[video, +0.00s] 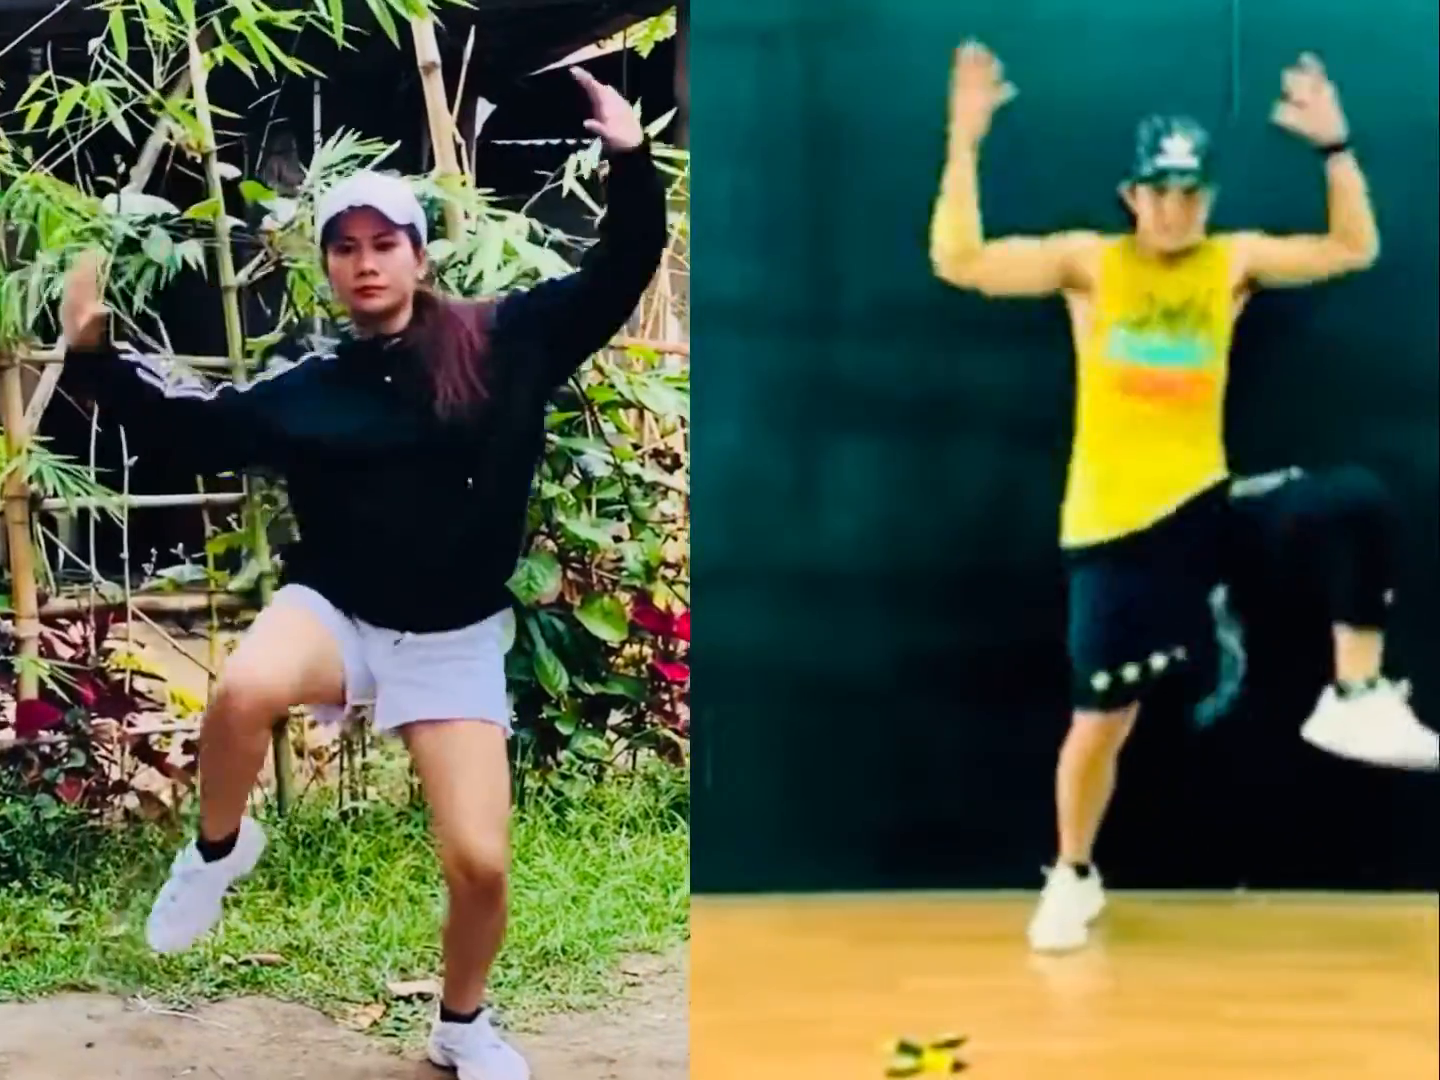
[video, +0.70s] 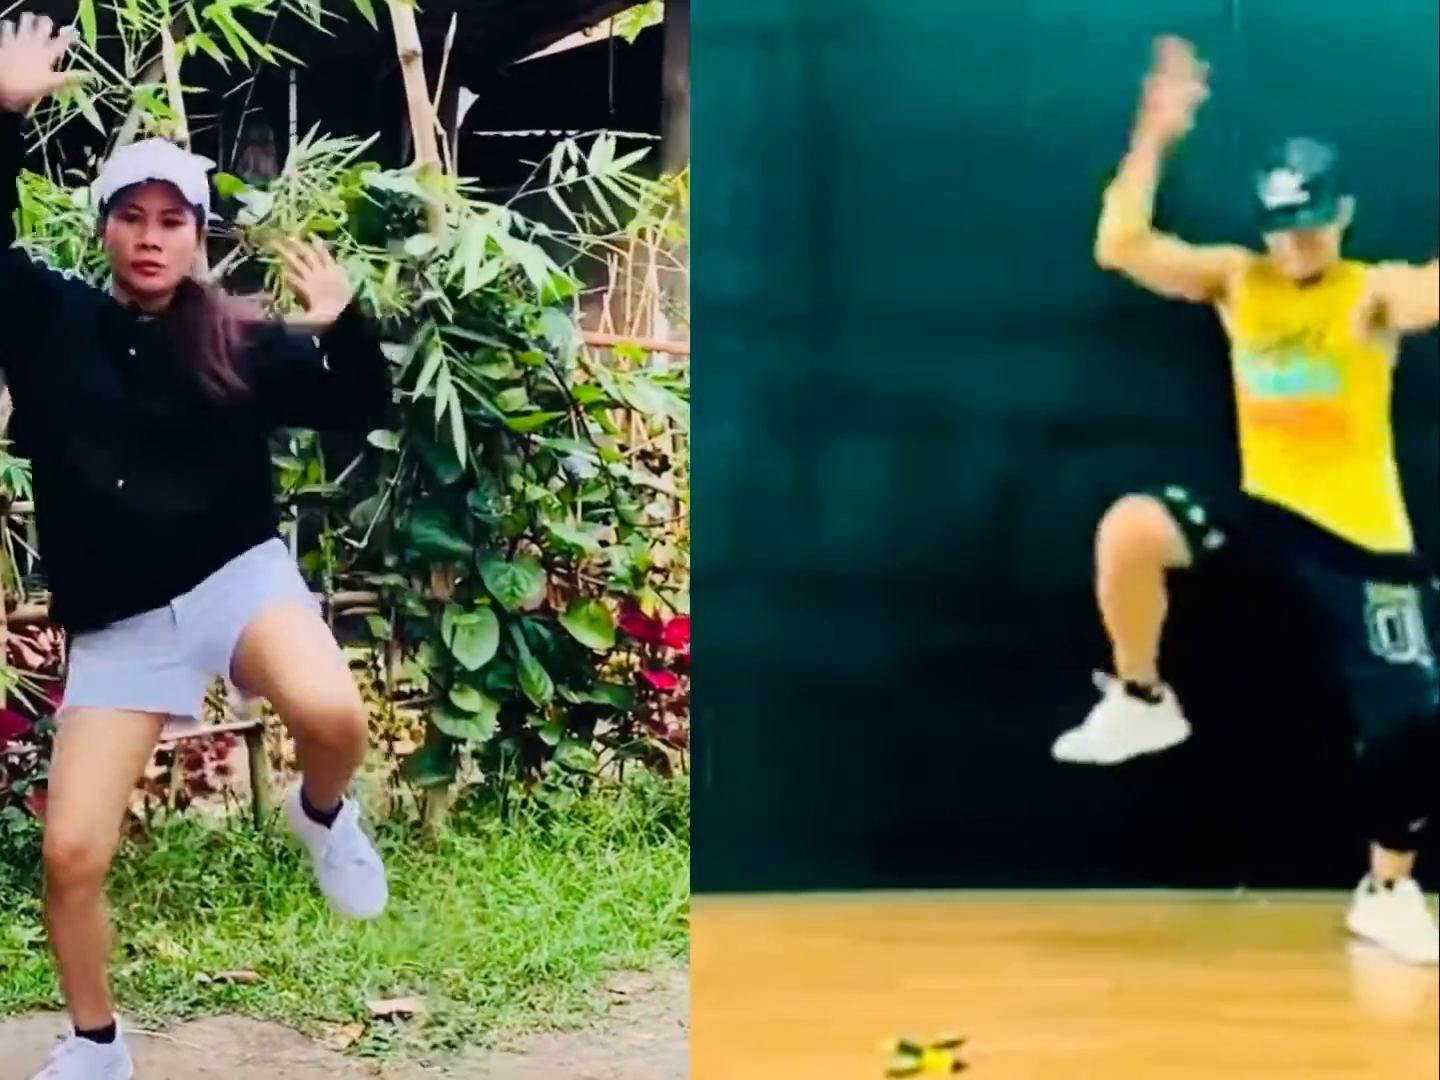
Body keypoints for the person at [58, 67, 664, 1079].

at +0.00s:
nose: (363, 263)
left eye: (382, 243)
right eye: (344, 247)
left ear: (420, 254)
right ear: (325, 268)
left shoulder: (502, 337)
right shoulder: (302, 388)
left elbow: (620, 271)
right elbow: (181, 434)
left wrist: (628, 155)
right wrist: (89, 357)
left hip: (459, 632)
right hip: (333, 612)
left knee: (482, 861)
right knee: (241, 691)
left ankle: (462, 1023)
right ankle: (216, 852)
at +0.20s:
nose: (328, 255)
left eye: (347, 237)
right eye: (309, 239)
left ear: (383, 249)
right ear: (288, 258)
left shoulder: (449, 338)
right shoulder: (250, 368)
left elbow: (568, 300)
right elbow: (128, 341)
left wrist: (482, 223)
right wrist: (75, 220)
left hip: (432, 634)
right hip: (293, 638)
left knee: (474, 855)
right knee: (188, 809)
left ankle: (460, 1023)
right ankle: (125, 981)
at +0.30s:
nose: (293, 288)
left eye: (314, 271)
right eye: (275, 270)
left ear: (345, 288)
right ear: (248, 286)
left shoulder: (400, 377)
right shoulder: (210, 386)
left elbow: (534, 423)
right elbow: (102, 359)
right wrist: (158, 260)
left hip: (408, 647)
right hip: (271, 669)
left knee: (460, 869)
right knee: (173, 859)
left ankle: (461, 1027)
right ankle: (121, 1029)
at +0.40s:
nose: (247, 287)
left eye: (269, 271)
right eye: (228, 270)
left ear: (298, 293)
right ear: (201, 290)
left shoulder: (347, 406)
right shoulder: (134, 403)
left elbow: (473, 441)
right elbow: (22, 414)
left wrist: (511, 333)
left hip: (344, 665)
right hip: (201, 688)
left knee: (425, 872)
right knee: (120, 885)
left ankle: (451, 1037)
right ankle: (107, 1043)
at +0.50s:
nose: (212, 250)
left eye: (232, 232)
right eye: (193, 232)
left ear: (263, 249)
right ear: (164, 249)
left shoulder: (314, 356)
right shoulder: (99, 360)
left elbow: (429, 321)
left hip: (285, 628)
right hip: (140, 648)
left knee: (396, 826)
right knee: (93, 872)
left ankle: (434, 1016)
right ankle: (98, 1046)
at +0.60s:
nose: (182, 229)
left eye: (204, 210)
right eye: (163, 210)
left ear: (235, 227)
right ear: (136, 225)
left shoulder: (272, 330)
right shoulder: (74, 322)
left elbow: (392, 301)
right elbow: (1, 279)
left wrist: (326, 171)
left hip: (255, 593)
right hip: (118, 622)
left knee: (370, 769)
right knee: (90, 852)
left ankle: (371, 923)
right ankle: (95, 1043)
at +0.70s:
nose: (147, 236)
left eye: (169, 219)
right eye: (130, 216)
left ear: (200, 236)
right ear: (99, 229)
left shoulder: (243, 339)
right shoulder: (45, 324)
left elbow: (359, 412)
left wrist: (342, 324)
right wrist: (7, 106)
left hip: (241, 576)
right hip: (111, 618)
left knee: (333, 712)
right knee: (68, 847)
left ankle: (322, 818)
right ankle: (95, 1040)